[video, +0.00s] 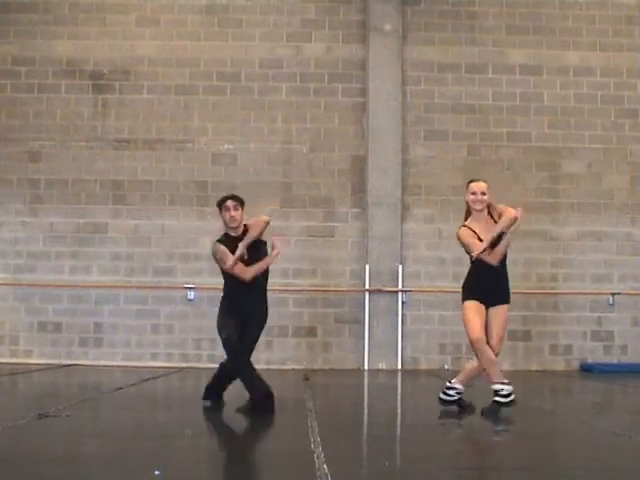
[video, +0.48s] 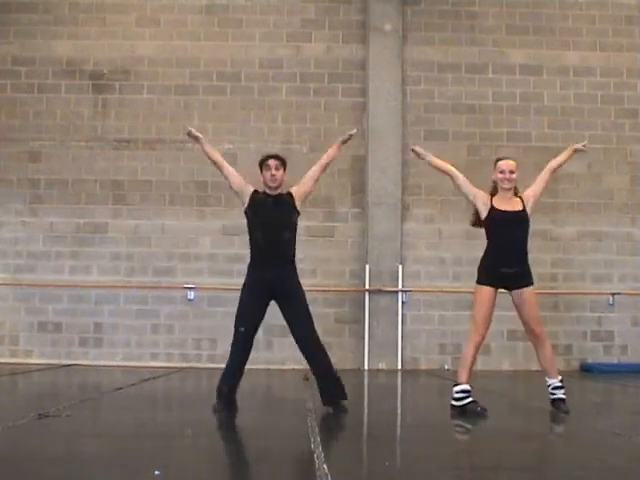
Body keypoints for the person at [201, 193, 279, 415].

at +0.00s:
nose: (232, 214)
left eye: (236, 209)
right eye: (226, 210)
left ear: (243, 212)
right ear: (221, 216)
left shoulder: (254, 229)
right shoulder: (220, 247)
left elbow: (263, 222)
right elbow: (245, 274)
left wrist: (240, 249)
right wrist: (273, 256)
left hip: (256, 309)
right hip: (230, 309)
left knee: (240, 358)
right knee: (236, 356)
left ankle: (213, 391)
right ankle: (262, 398)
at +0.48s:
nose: (272, 173)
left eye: (277, 169)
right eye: (267, 169)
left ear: (285, 174)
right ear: (261, 174)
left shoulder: (294, 198)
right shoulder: (250, 196)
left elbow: (319, 167)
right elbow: (225, 167)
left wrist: (341, 143)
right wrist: (202, 143)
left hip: (287, 281)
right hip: (257, 282)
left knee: (308, 341)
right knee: (241, 341)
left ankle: (335, 399)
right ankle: (225, 400)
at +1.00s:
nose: (288, 186)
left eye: (292, 182)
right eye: (283, 181)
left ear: (299, 186)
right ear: (275, 187)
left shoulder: (305, 213)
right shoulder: (264, 211)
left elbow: (311, 206)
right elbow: (267, 222)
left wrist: (288, 188)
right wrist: (283, 195)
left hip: (296, 293)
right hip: (265, 292)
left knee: (318, 347)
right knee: (242, 344)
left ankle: (333, 399)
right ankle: (222, 397)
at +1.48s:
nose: (285, 218)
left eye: (289, 214)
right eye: (279, 214)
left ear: (296, 219)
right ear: (272, 218)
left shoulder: (303, 249)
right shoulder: (257, 244)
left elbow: (290, 288)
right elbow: (262, 285)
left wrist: (281, 324)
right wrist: (269, 321)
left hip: (293, 312)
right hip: (260, 312)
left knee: (331, 349)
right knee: (225, 347)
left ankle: (336, 404)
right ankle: (214, 403)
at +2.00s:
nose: (280, 180)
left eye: (285, 176)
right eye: (276, 175)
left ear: (292, 174)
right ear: (268, 172)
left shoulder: (296, 194)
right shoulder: (255, 188)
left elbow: (283, 234)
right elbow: (246, 224)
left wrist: (264, 267)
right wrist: (253, 260)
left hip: (280, 269)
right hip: (253, 267)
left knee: (276, 333)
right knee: (253, 332)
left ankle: (270, 394)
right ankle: (255, 393)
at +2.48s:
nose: (265, 325)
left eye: (269, 321)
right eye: (261, 320)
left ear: (277, 314)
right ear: (252, 308)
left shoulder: (283, 319)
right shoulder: (244, 297)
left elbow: (271, 365)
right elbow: (220, 287)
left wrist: (255, 402)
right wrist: (226, 317)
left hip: (275, 358)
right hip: (247, 357)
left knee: (298, 370)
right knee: (217, 366)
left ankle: (278, 399)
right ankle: (245, 399)